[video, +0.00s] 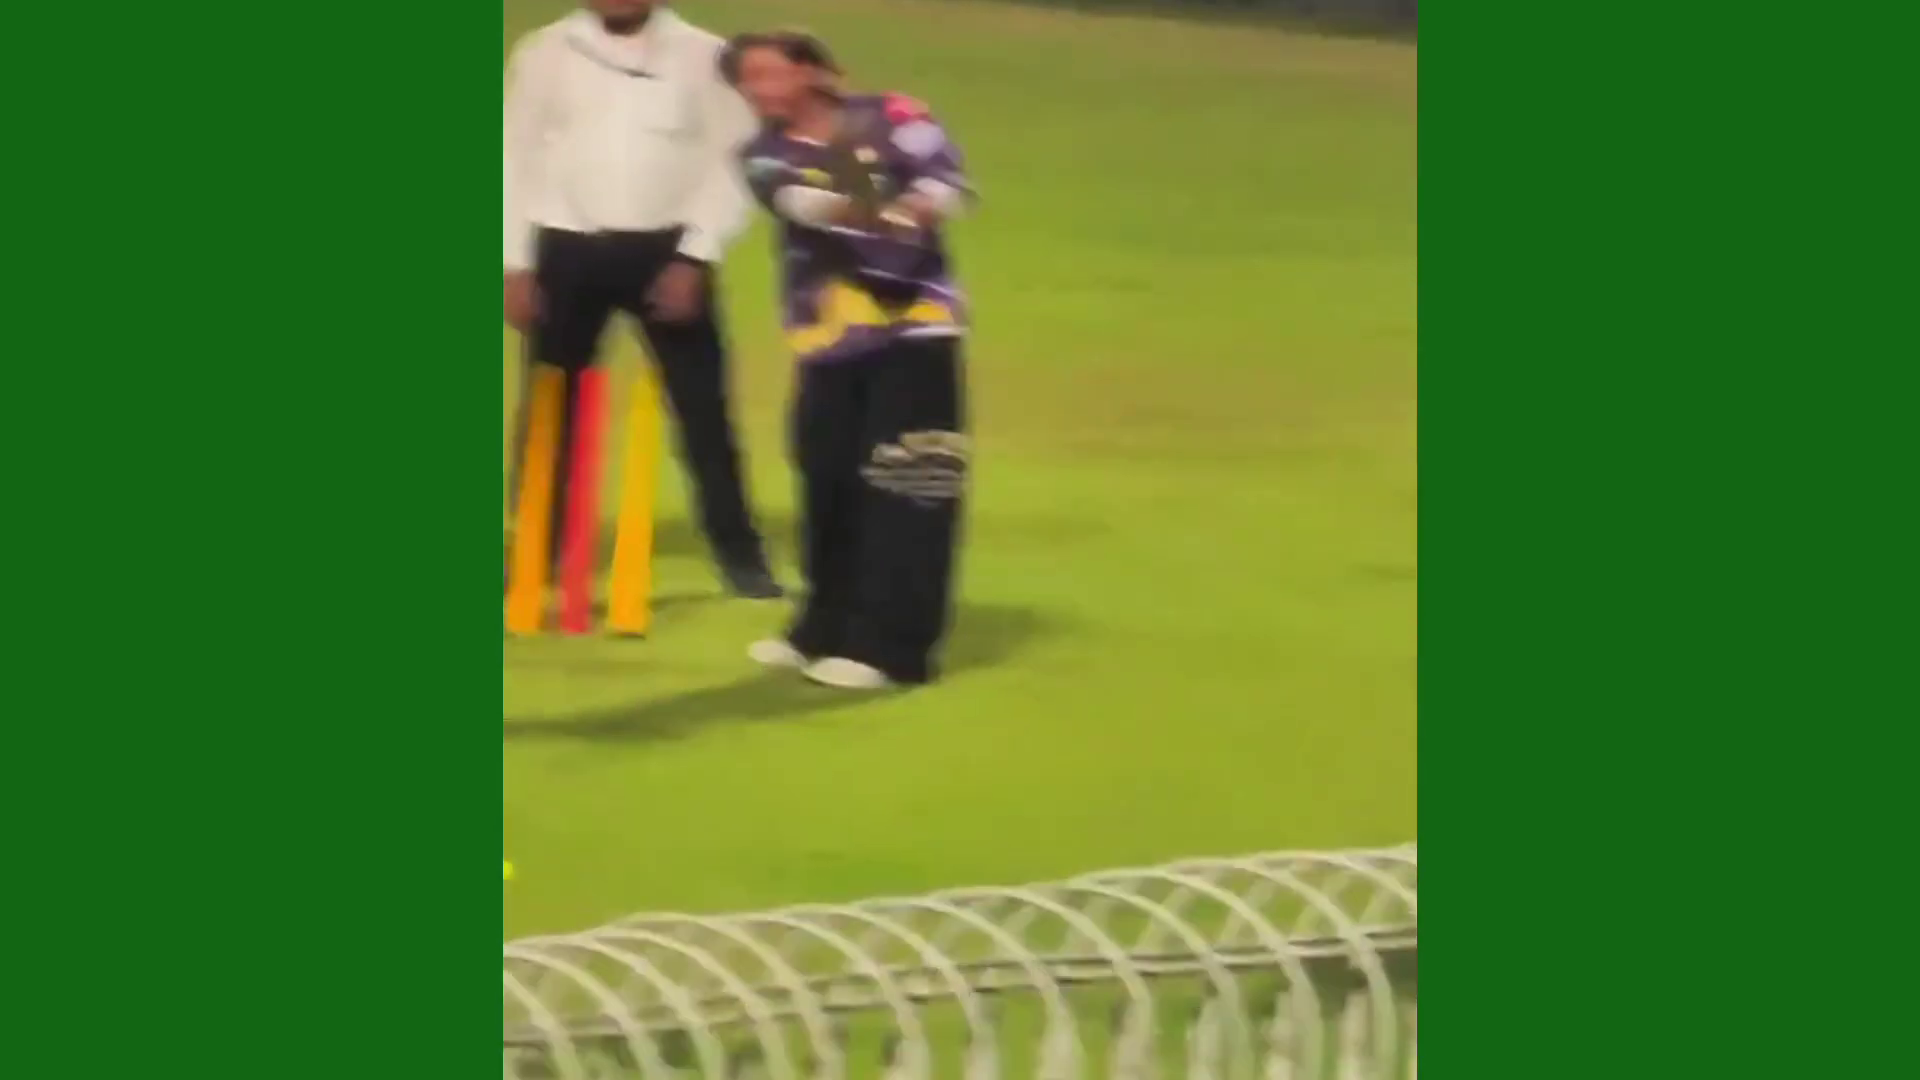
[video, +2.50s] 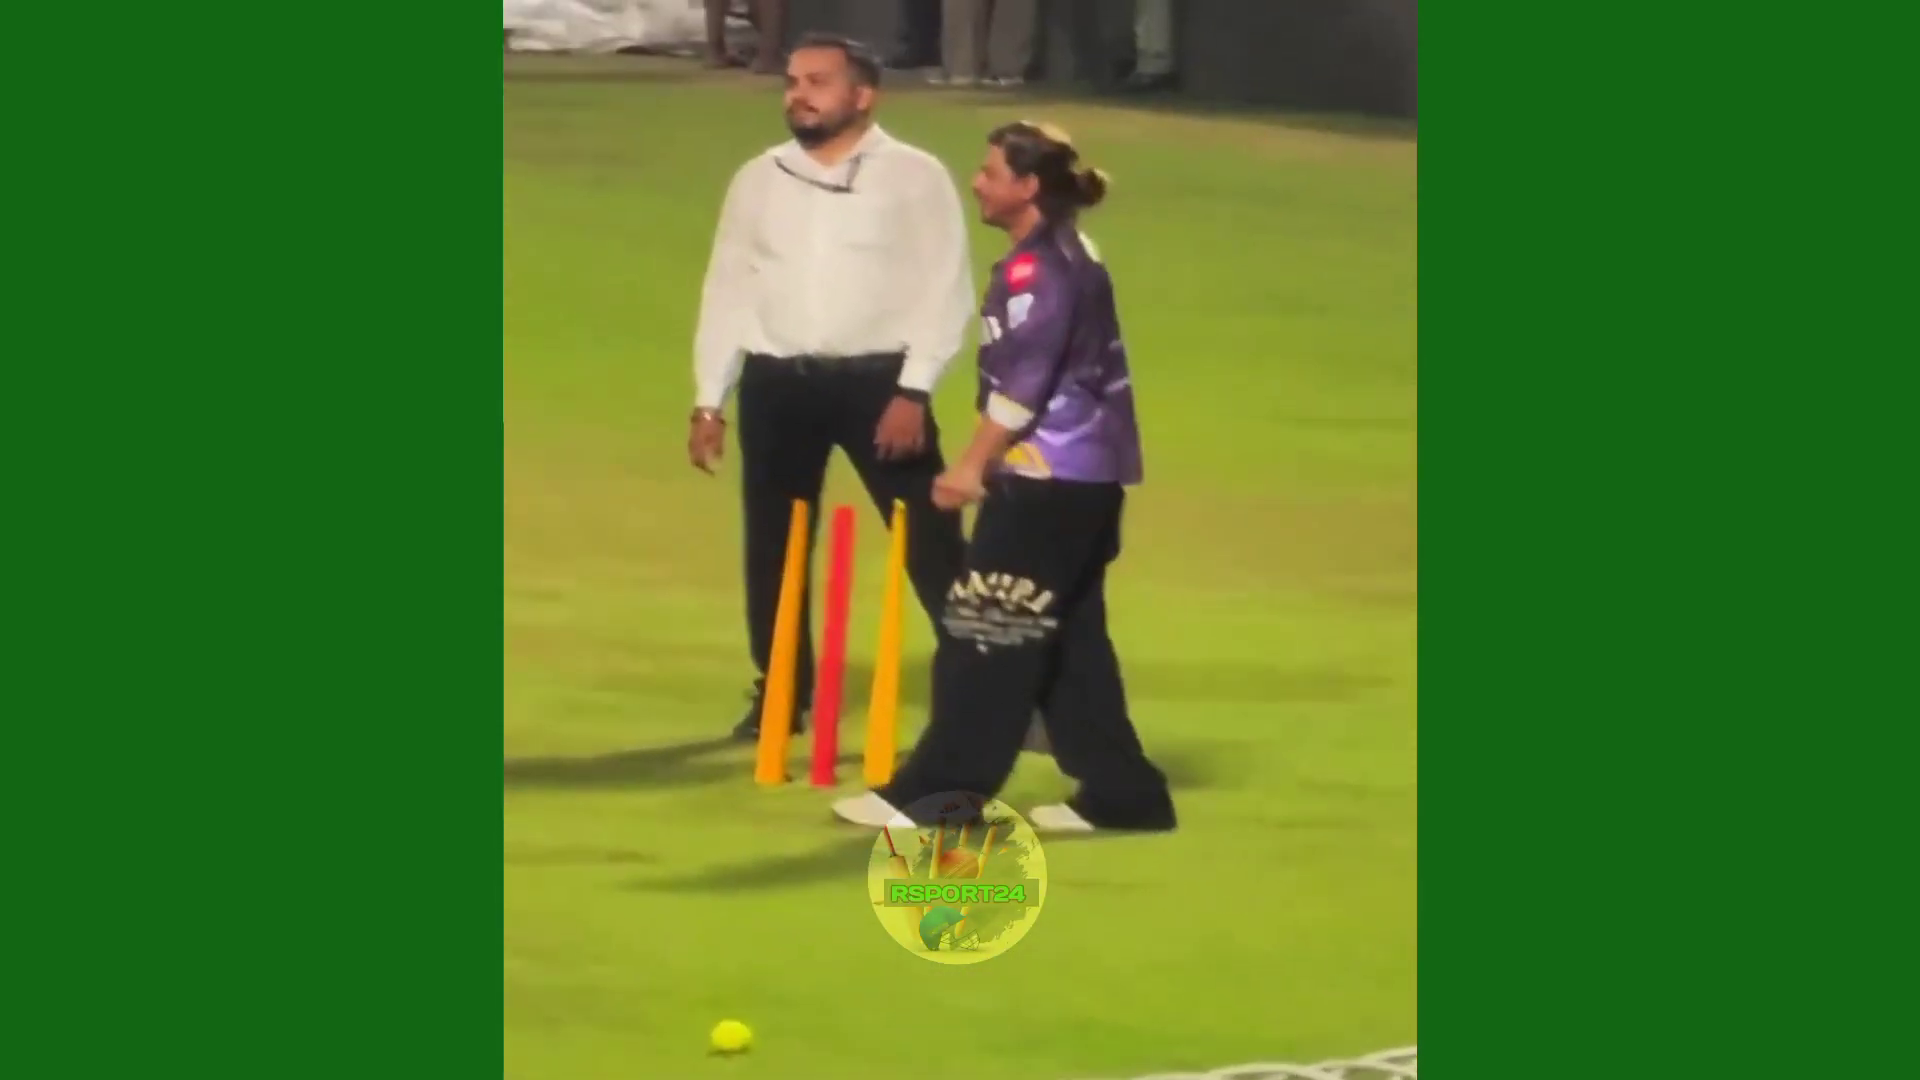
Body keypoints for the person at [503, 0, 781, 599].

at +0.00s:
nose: (618, 0)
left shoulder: (706, 58)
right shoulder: (540, 56)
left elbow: (737, 164)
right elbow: (516, 163)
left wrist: (695, 255)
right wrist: (518, 265)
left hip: (664, 253)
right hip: (569, 251)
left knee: (705, 417)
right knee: (551, 419)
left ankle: (742, 563)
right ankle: (545, 563)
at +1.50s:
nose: (666, 4)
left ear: (727, 6)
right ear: (651, 8)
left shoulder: (784, 85)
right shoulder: (618, 90)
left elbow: (815, 197)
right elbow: (584, 200)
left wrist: (784, 299)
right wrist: (568, 307)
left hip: (748, 298)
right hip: (645, 301)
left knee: (791, 457)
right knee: (626, 462)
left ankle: (832, 615)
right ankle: (614, 610)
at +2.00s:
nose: (744, 49)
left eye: (763, 35)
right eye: (739, 36)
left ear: (811, 47)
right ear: (730, 45)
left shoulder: (865, 131)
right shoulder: (702, 133)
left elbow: (898, 248)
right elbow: (666, 241)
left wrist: (864, 348)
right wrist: (646, 349)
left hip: (829, 343)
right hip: (723, 344)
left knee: (870, 512)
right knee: (705, 511)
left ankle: (902, 655)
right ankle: (691, 657)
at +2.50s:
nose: (798, 94)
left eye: (815, 83)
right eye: (793, 82)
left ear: (862, 95)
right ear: (787, 90)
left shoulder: (917, 176)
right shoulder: (758, 179)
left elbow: (947, 291)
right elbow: (727, 290)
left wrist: (913, 392)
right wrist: (708, 400)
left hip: (881, 387)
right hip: (777, 388)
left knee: (933, 550)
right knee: (773, 556)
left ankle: (985, 688)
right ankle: (780, 696)